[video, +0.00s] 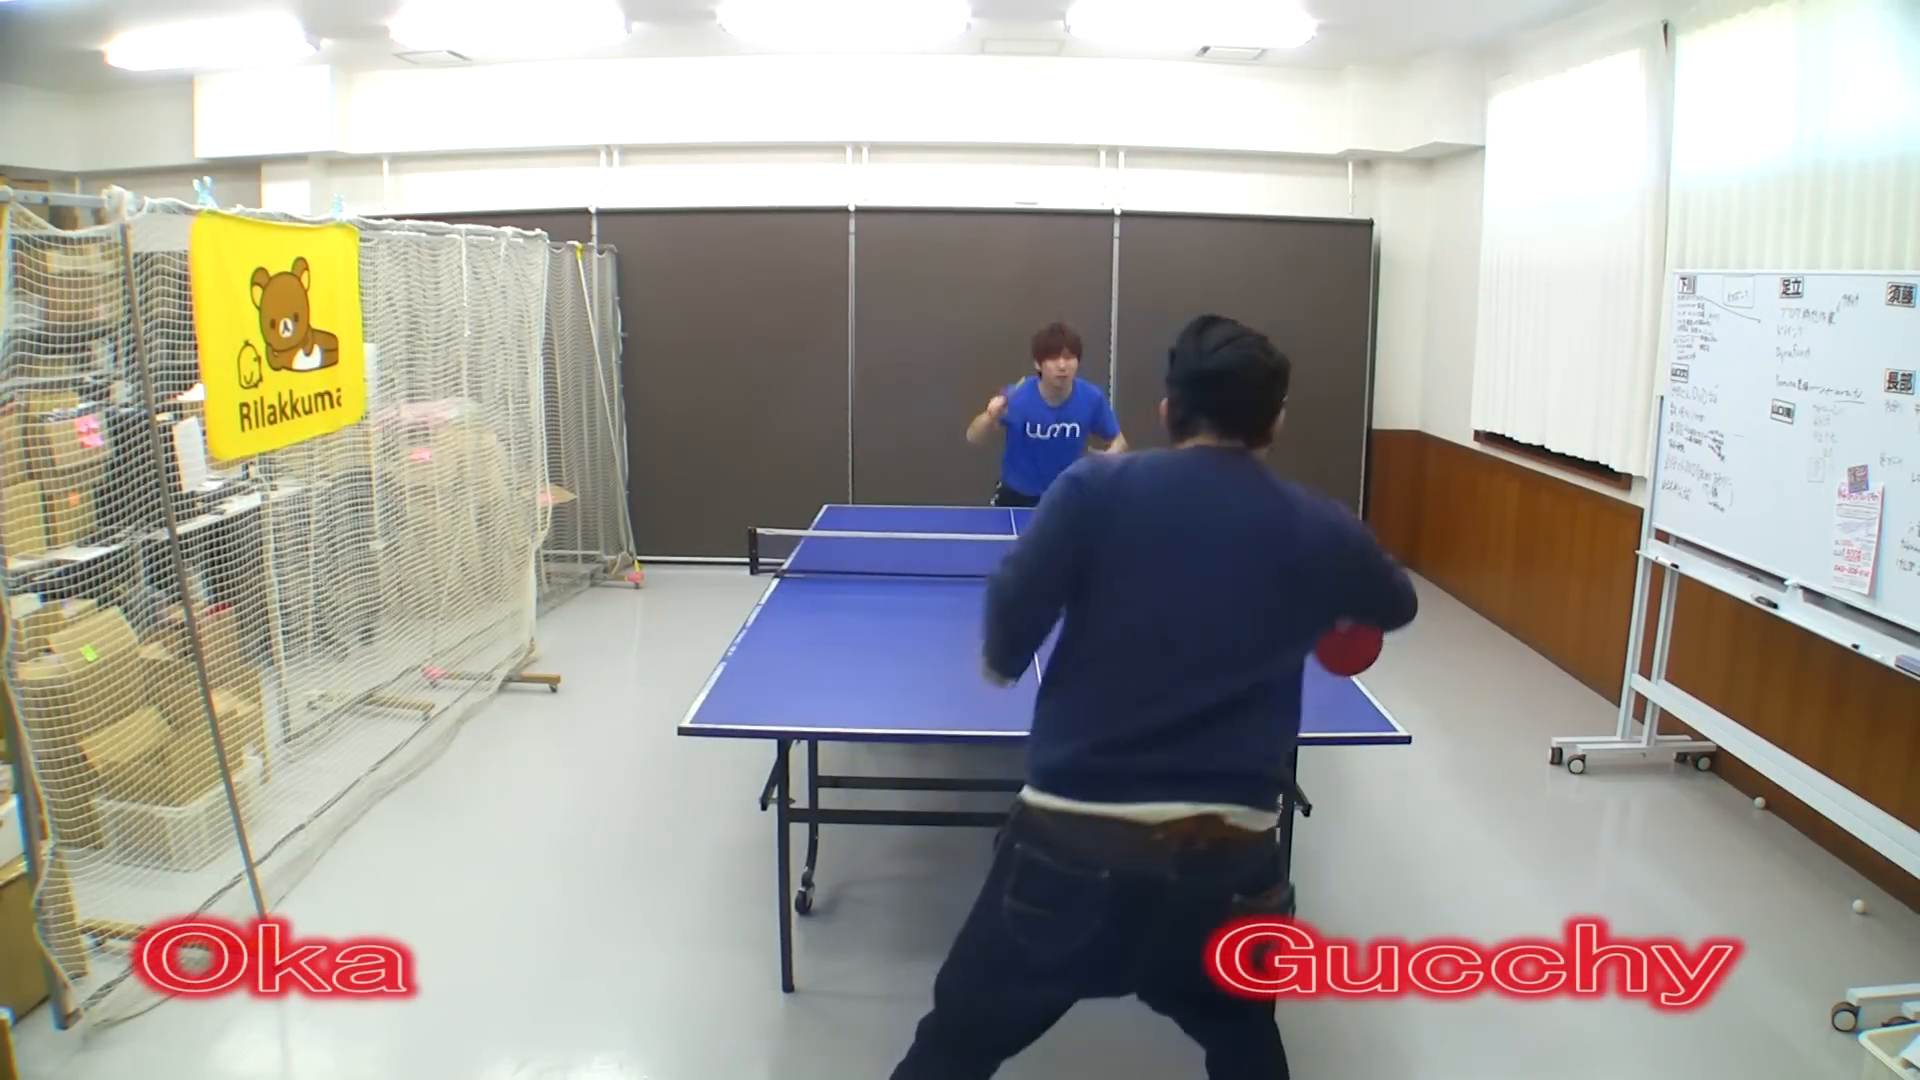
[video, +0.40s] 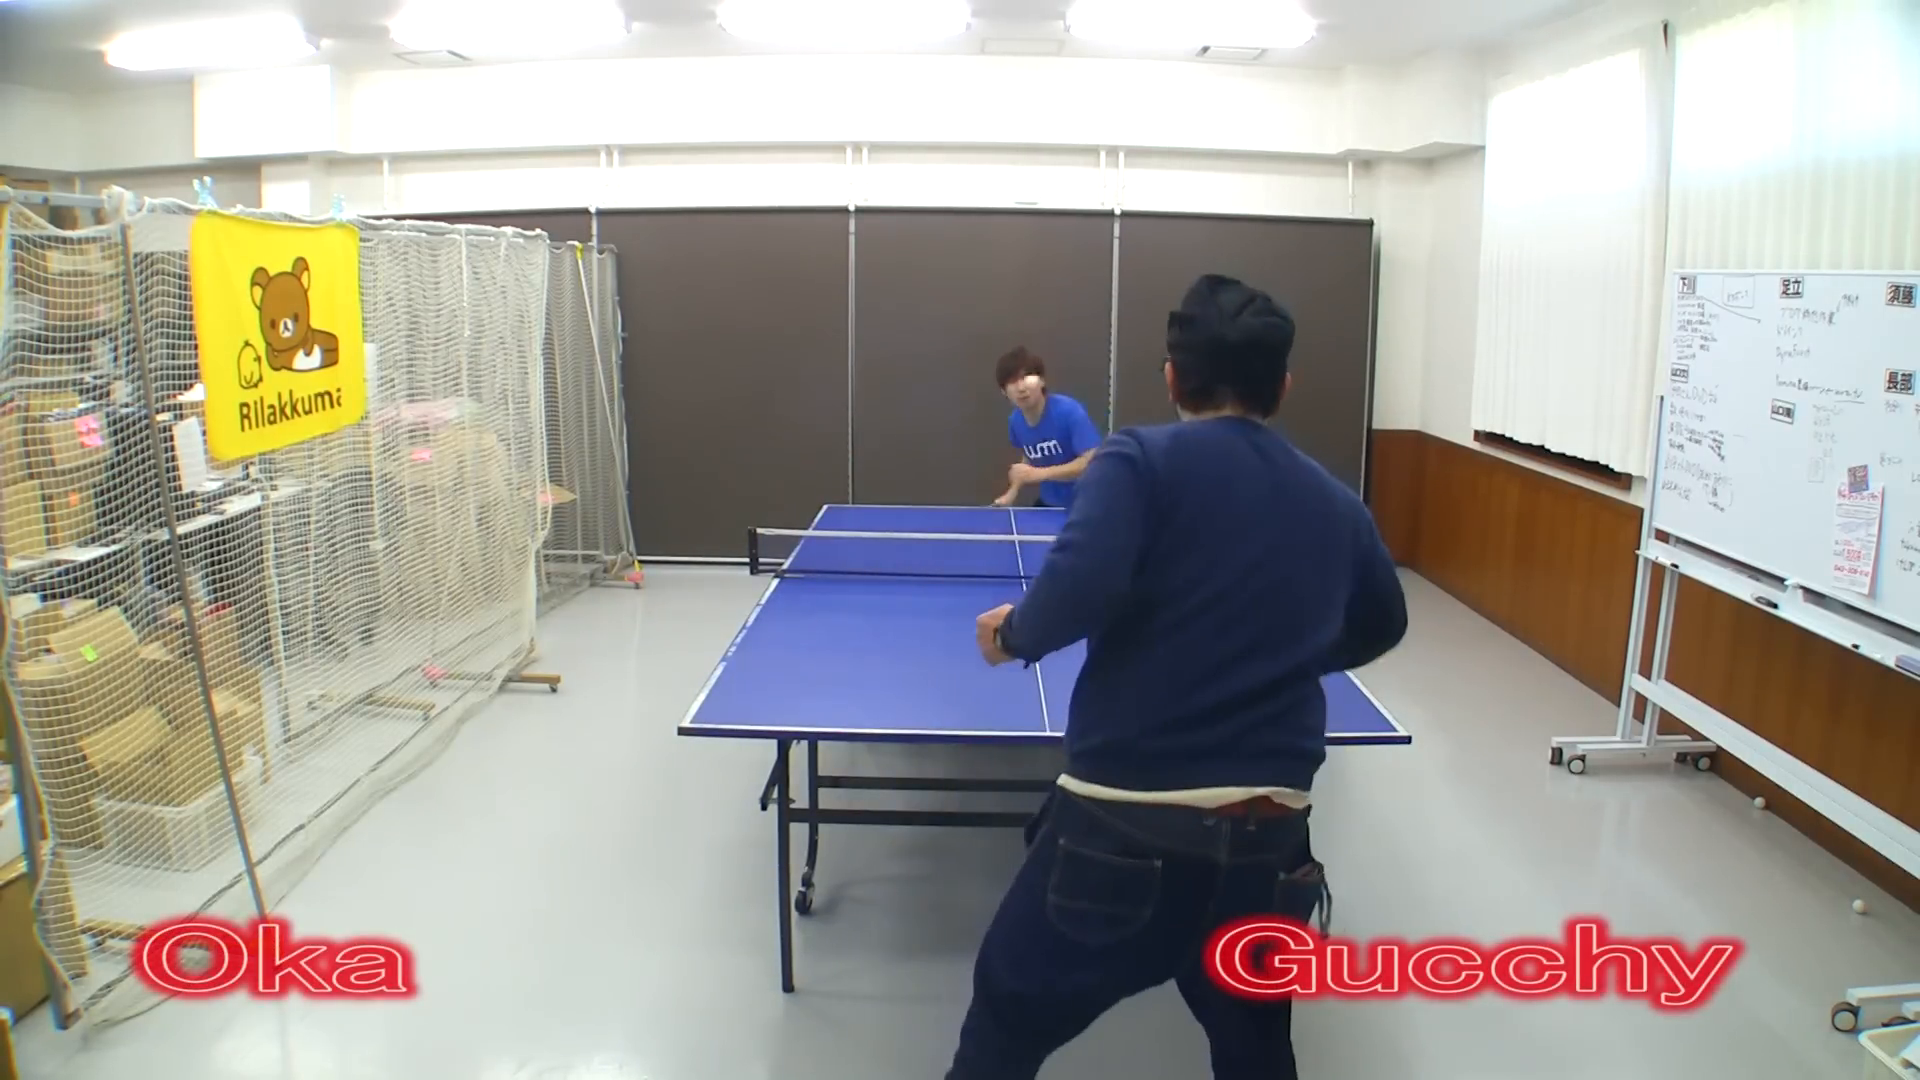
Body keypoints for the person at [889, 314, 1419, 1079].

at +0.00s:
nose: (1158, 404)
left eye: (1162, 394)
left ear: (1170, 406)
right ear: (1273, 422)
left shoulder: (1096, 488)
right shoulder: (1312, 526)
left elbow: (1010, 625)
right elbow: (1397, 603)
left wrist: (1007, 658)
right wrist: (1314, 579)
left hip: (1069, 863)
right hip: (1225, 875)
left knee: (956, 1046)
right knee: (1247, 1048)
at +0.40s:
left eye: (1167, 362)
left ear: (1172, 376)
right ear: (1283, 383)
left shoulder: (1137, 459)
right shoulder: (1335, 500)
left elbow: (1089, 580)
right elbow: (1382, 622)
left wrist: (1012, 630)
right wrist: (1284, 655)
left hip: (1121, 845)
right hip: (1268, 852)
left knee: (1003, 1033)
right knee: (1258, 1052)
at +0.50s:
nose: (1140, 376)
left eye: (1140, 366)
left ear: (1145, 383)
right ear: (1257, 390)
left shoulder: (1096, 477)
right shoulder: (1312, 506)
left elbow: (1018, 619)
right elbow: (1371, 657)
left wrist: (989, 644)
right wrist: (1275, 691)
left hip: (1102, 866)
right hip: (1255, 866)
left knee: (1004, 1058)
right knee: (1252, 1055)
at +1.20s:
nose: (1156, 392)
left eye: (1160, 381)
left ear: (1167, 400)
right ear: (1278, 410)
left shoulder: (1103, 512)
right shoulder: (1333, 537)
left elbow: (1035, 681)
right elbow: (1400, 701)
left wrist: (1024, 739)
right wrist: (1301, 664)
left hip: (1116, 913)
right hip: (1282, 913)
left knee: (1008, 1067)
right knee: (1309, 1061)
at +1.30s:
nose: (1249, 401)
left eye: (1255, 389)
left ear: (1262, 407)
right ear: (1369, 421)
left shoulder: (1199, 493)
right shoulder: (1412, 538)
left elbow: (1123, 611)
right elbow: (1551, 605)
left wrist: (1044, 719)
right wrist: (1505, 632)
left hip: (1129, 888)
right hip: (1289, 902)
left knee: (1030, 1067)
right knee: (1310, 1062)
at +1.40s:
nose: (1326, 392)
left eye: (1331, 381)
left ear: (1340, 395)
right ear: (1447, 413)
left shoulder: (1289, 473)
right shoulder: (1489, 534)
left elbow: (1228, 580)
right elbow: (1580, 622)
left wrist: (1126, 689)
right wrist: (1531, 681)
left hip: (1184, 853)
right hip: (1337, 888)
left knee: (1018, 1033)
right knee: (1337, 1061)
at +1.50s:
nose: (1365, 371)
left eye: (1370, 361)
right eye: (1376, 359)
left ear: (1377, 375)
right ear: (1480, 399)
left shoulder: (1340, 449)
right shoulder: (1533, 530)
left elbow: (1285, 562)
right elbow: (1602, 659)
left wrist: (1161, 686)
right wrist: (1556, 788)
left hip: (1231, 828)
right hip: (1384, 869)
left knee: (1037, 997)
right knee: (1363, 1066)